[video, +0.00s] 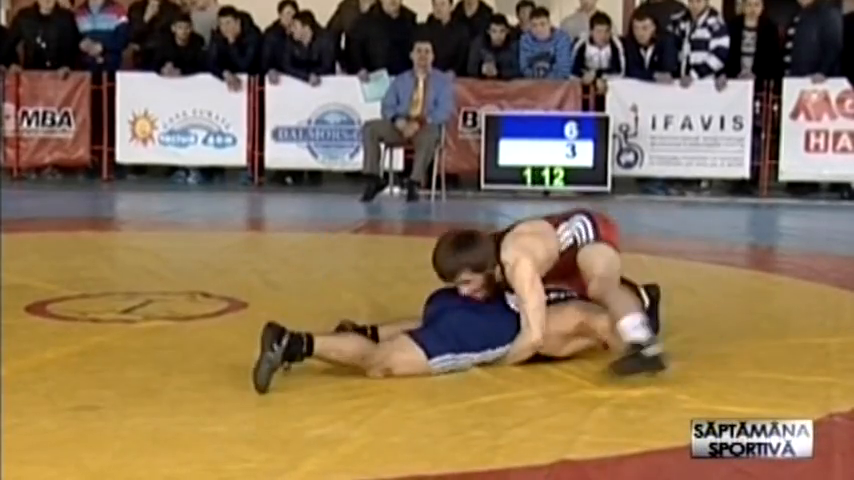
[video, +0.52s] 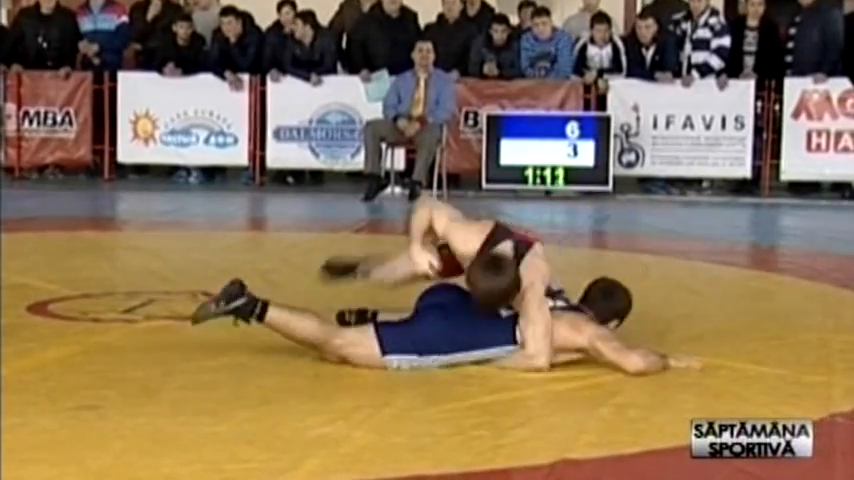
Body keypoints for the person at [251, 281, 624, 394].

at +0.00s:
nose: (634, 313)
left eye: (638, 307)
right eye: (639, 311)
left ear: (597, 290)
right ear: (627, 306)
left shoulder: (565, 297)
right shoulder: (590, 319)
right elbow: (620, 343)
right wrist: (625, 337)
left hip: (458, 303)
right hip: (469, 333)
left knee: (416, 331)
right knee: (379, 359)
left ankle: (360, 334)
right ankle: (293, 344)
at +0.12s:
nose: (615, 304)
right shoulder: (585, 301)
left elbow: (565, 297)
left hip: (451, 300)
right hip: (459, 335)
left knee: (394, 334)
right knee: (374, 357)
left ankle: (361, 332)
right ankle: (296, 332)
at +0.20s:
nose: (614, 302)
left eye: (616, 295)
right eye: (615, 295)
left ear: (583, 277)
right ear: (601, 290)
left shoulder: (549, 287)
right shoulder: (588, 299)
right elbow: (615, 311)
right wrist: (633, 360)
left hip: (450, 300)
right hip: (473, 331)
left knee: (385, 336)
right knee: (372, 364)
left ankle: (300, 324)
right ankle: (295, 323)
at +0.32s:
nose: (623, 294)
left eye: (620, 286)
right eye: (623, 287)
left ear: (588, 267)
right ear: (611, 285)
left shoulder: (560, 283)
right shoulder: (589, 303)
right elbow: (625, 344)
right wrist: (654, 358)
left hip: (456, 306)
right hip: (468, 338)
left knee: (394, 329)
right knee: (361, 354)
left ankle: (348, 329)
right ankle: (275, 327)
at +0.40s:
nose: (628, 304)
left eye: (623, 295)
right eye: (628, 298)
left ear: (595, 276)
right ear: (618, 298)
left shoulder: (560, 280)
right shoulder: (597, 318)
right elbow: (636, 364)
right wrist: (668, 362)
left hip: (451, 308)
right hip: (452, 341)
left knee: (393, 324)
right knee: (349, 341)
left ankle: (352, 324)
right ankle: (259, 315)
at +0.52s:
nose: (611, 324)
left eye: (609, 313)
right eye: (613, 320)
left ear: (590, 290)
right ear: (607, 316)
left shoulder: (548, 287)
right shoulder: (582, 327)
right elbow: (632, 363)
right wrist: (665, 361)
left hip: (449, 303)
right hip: (449, 334)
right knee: (335, 341)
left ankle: (349, 293)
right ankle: (250, 306)